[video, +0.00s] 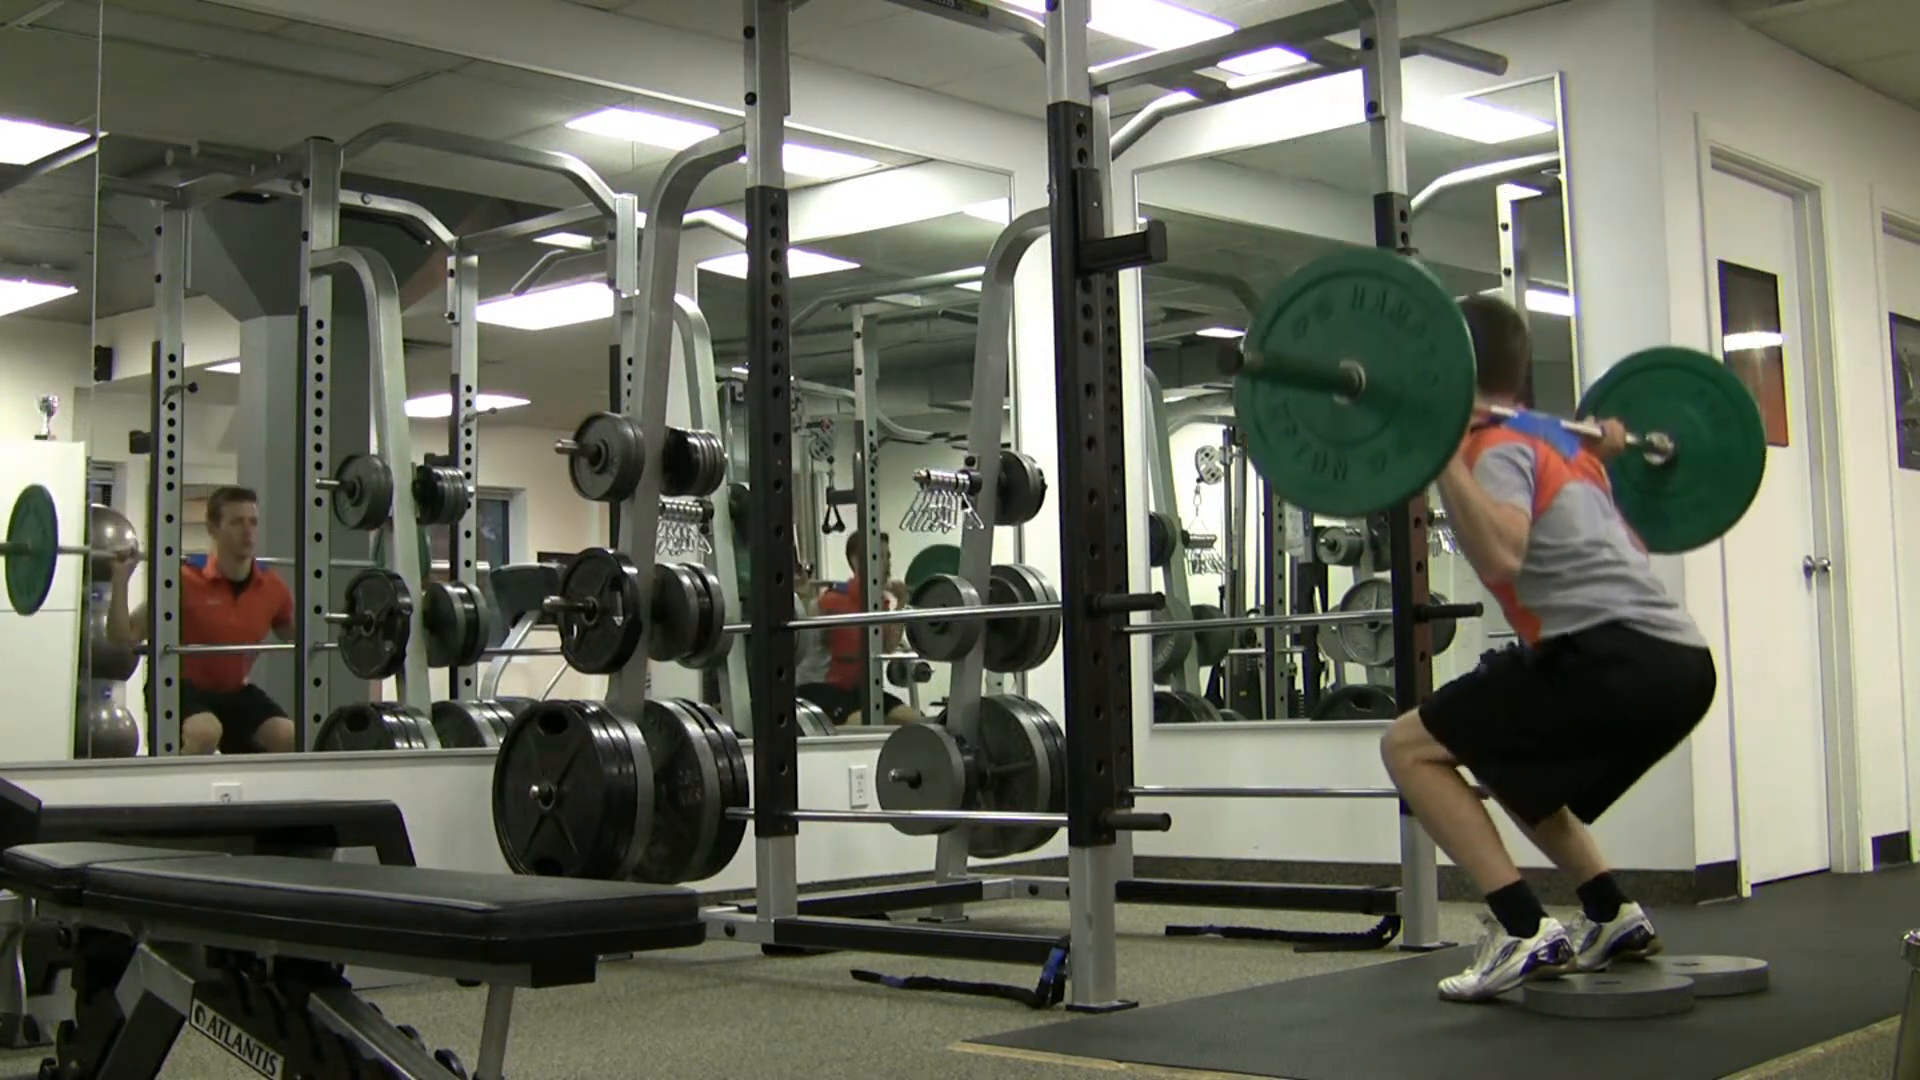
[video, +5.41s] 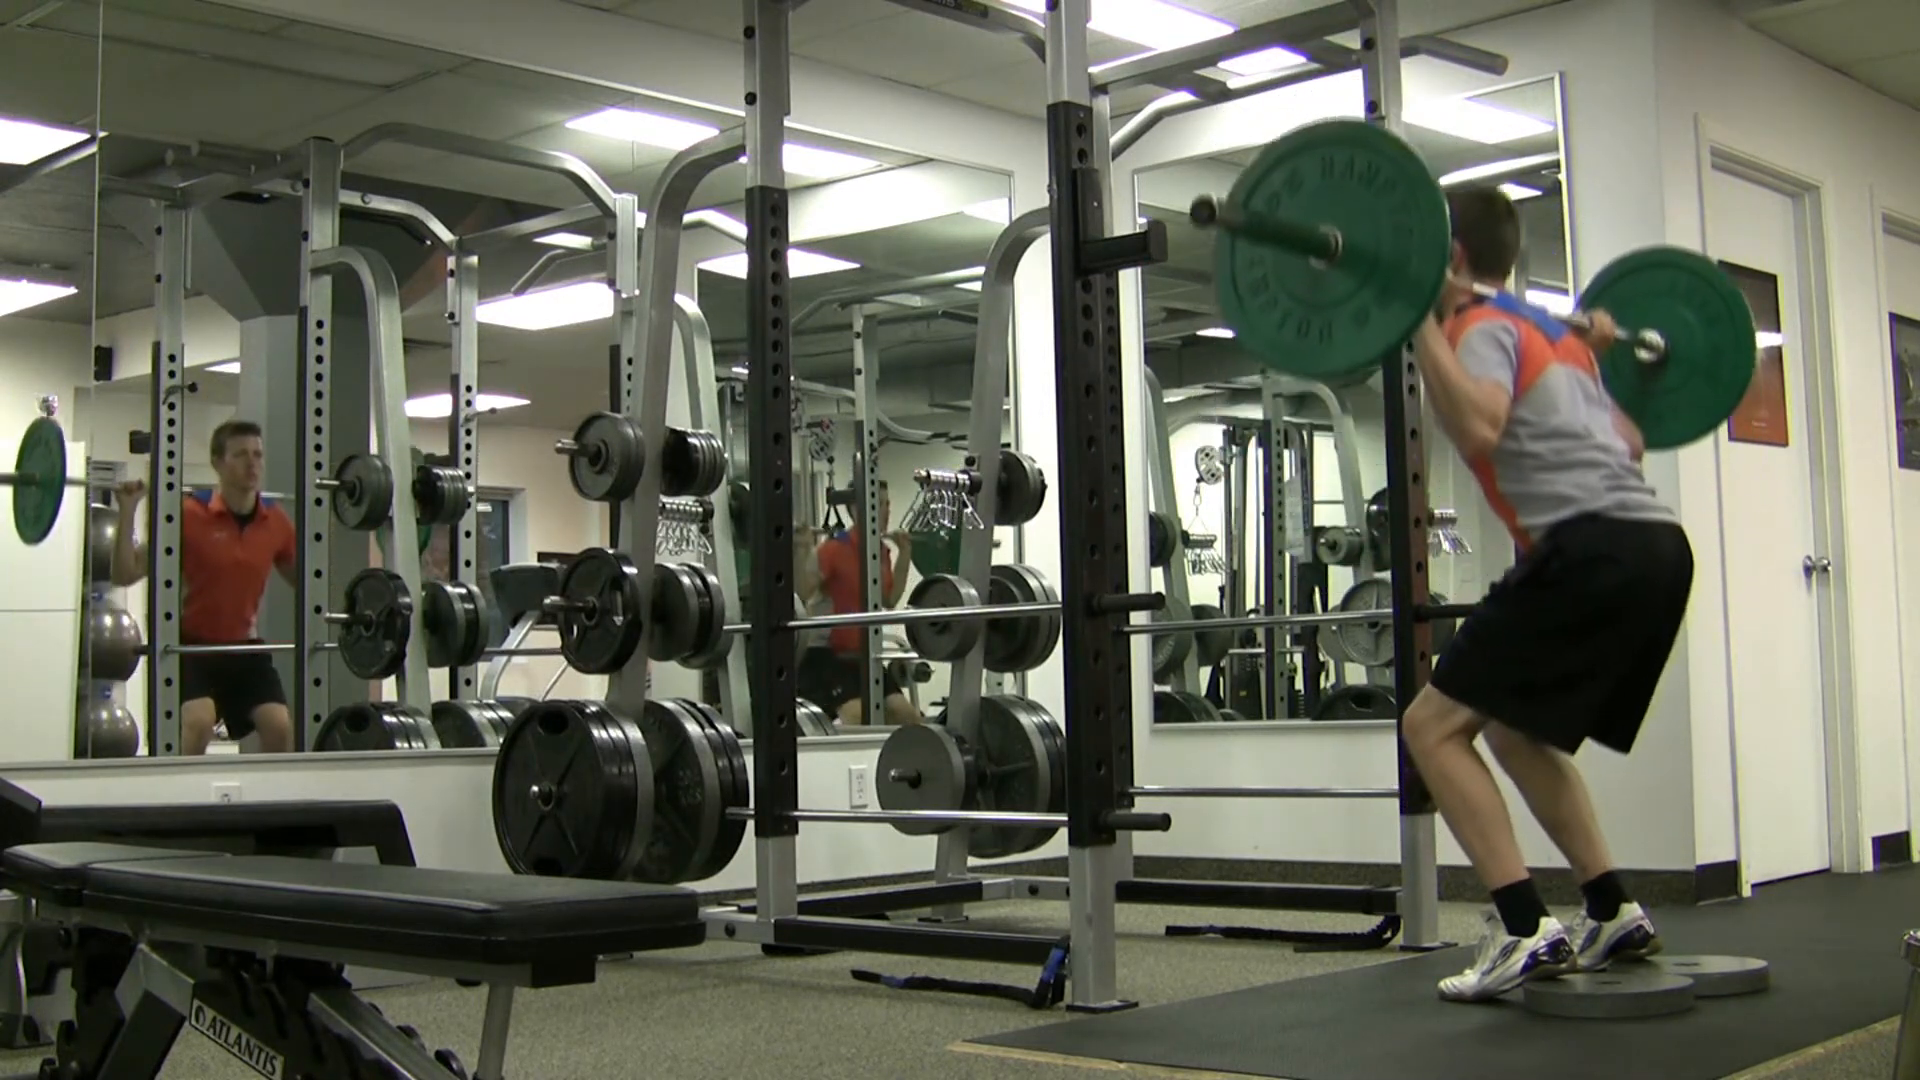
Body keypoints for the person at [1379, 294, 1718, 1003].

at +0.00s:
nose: (1435, 375)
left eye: (1439, 362)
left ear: (1450, 370)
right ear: (1523, 373)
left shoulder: (1498, 442)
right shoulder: (1566, 440)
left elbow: (1501, 559)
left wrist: (1441, 452)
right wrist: (1599, 453)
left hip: (1604, 658)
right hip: (1682, 666)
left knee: (1408, 747)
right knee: (1511, 771)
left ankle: (1524, 929)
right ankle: (1613, 913)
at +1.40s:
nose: (1435, 251)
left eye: (1436, 236)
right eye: (1439, 234)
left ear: (1453, 239)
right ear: (1515, 242)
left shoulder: (1490, 308)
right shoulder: (1563, 317)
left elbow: (1485, 416)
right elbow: (1628, 427)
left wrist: (1434, 310)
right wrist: (1601, 333)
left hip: (1588, 537)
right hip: (1655, 536)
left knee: (1440, 721)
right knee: (1516, 724)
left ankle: (1523, 929)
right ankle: (1614, 913)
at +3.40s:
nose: (1431, 273)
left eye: (1436, 257)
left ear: (1448, 261)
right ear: (1514, 263)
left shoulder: (1488, 331)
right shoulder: (1560, 341)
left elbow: (1485, 441)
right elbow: (1625, 449)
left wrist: (1433, 335)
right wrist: (1594, 352)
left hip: (1581, 560)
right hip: (1651, 566)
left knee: (1423, 731)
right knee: (1514, 737)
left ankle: (1524, 928)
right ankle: (1613, 912)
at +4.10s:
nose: (1425, 402)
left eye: (1430, 387)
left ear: (1443, 396)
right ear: (1514, 396)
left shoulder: (1494, 468)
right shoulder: (1560, 465)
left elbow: (1498, 582)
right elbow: (1623, 563)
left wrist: (1436, 480)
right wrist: (1593, 477)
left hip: (1609, 676)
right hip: (1681, 684)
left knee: (1406, 748)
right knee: (1508, 773)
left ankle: (1523, 929)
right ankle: (1612, 914)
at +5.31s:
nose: (1427, 292)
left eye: (1430, 278)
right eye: (1428, 279)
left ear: (1453, 284)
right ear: (1510, 287)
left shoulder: (1486, 349)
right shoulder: (1560, 364)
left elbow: (1481, 453)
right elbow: (1629, 464)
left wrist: (1422, 351)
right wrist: (1593, 373)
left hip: (1589, 570)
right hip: (1662, 571)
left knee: (1423, 733)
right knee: (1515, 741)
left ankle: (1523, 929)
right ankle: (1613, 912)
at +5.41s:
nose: (1431, 267)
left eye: (1434, 253)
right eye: (1434, 252)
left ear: (1454, 257)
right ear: (1511, 260)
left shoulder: (1484, 324)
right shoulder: (1561, 336)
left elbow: (1479, 429)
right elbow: (1628, 442)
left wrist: (1419, 322)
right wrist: (1597, 348)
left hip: (1586, 551)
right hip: (1656, 550)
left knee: (1430, 728)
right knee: (1514, 730)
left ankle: (1524, 930)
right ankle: (1614, 911)